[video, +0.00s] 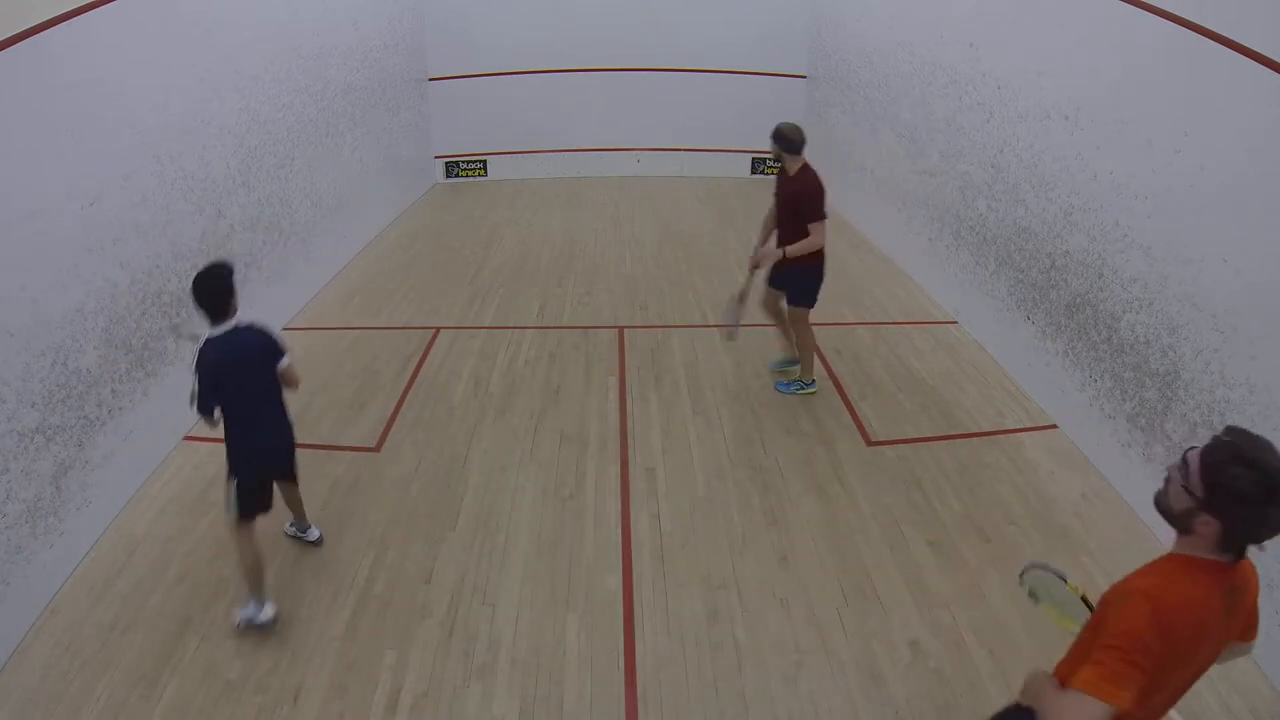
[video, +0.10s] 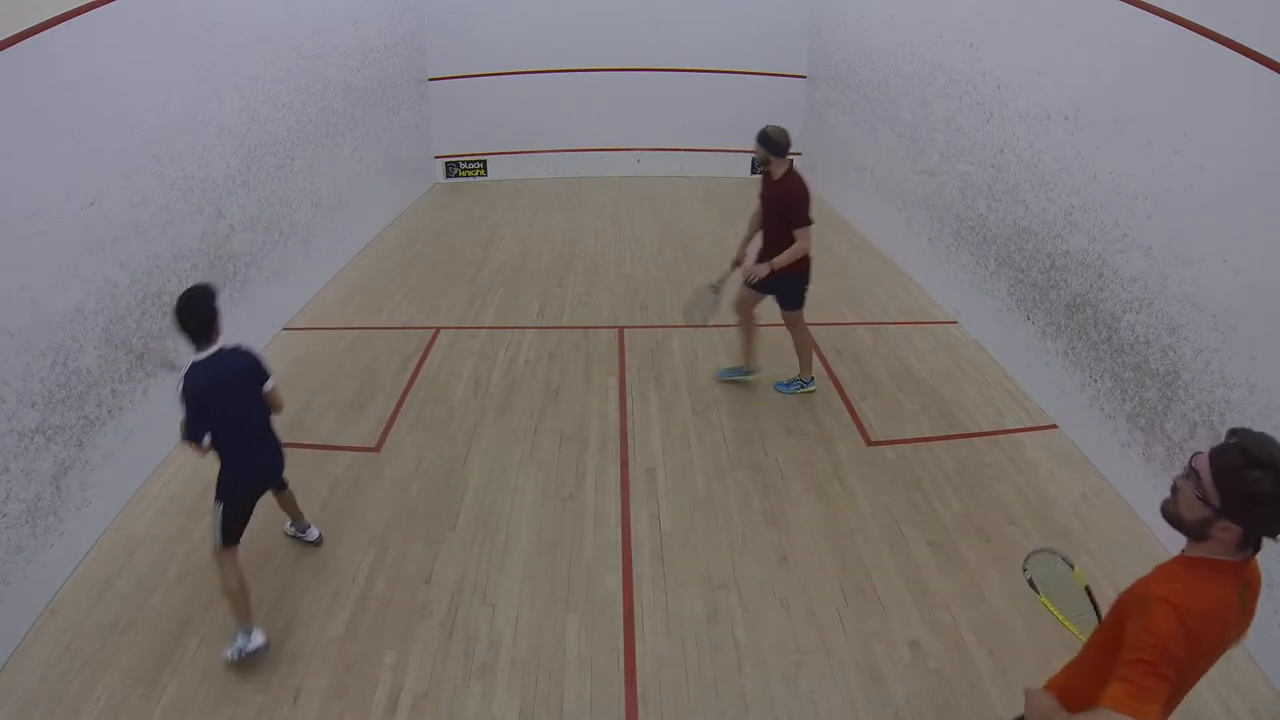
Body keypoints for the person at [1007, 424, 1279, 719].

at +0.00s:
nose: (1172, 465)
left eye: (1185, 473)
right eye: (1185, 459)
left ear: (1206, 524)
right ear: (1210, 526)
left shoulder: (1146, 599)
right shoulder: (1240, 576)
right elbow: (1236, 645)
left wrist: (1040, 691)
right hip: (1139, 710)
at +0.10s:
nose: (1180, 475)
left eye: (1195, 481)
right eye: (1191, 465)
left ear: (1226, 528)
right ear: (1229, 530)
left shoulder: (1165, 604)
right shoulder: (1244, 577)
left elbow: (1127, 712)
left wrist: (1057, 716)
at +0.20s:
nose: (1185, 490)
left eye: (1203, 493)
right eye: (1196, 477)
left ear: (1241, 536)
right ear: (1242, 538)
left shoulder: (1186, 615)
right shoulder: (1247, 574)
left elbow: (1151, 708)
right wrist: (1087, 654)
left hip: (1070, 715)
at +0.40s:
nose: (1195, 514)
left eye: (1216, 518)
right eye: (1204, 498)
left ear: (1258, 552)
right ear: (1206, 485)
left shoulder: (1200, 636)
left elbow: (1176, 710)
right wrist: (1099, 676)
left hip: (1082, 715)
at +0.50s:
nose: (1198, 522)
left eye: (1222, 525)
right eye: (1207, 503)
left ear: (1262, 555)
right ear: (1208, 488)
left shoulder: (1199, 637)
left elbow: (1170, 710)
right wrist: (1102, 679)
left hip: (1085, 715)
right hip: (1089, 704)